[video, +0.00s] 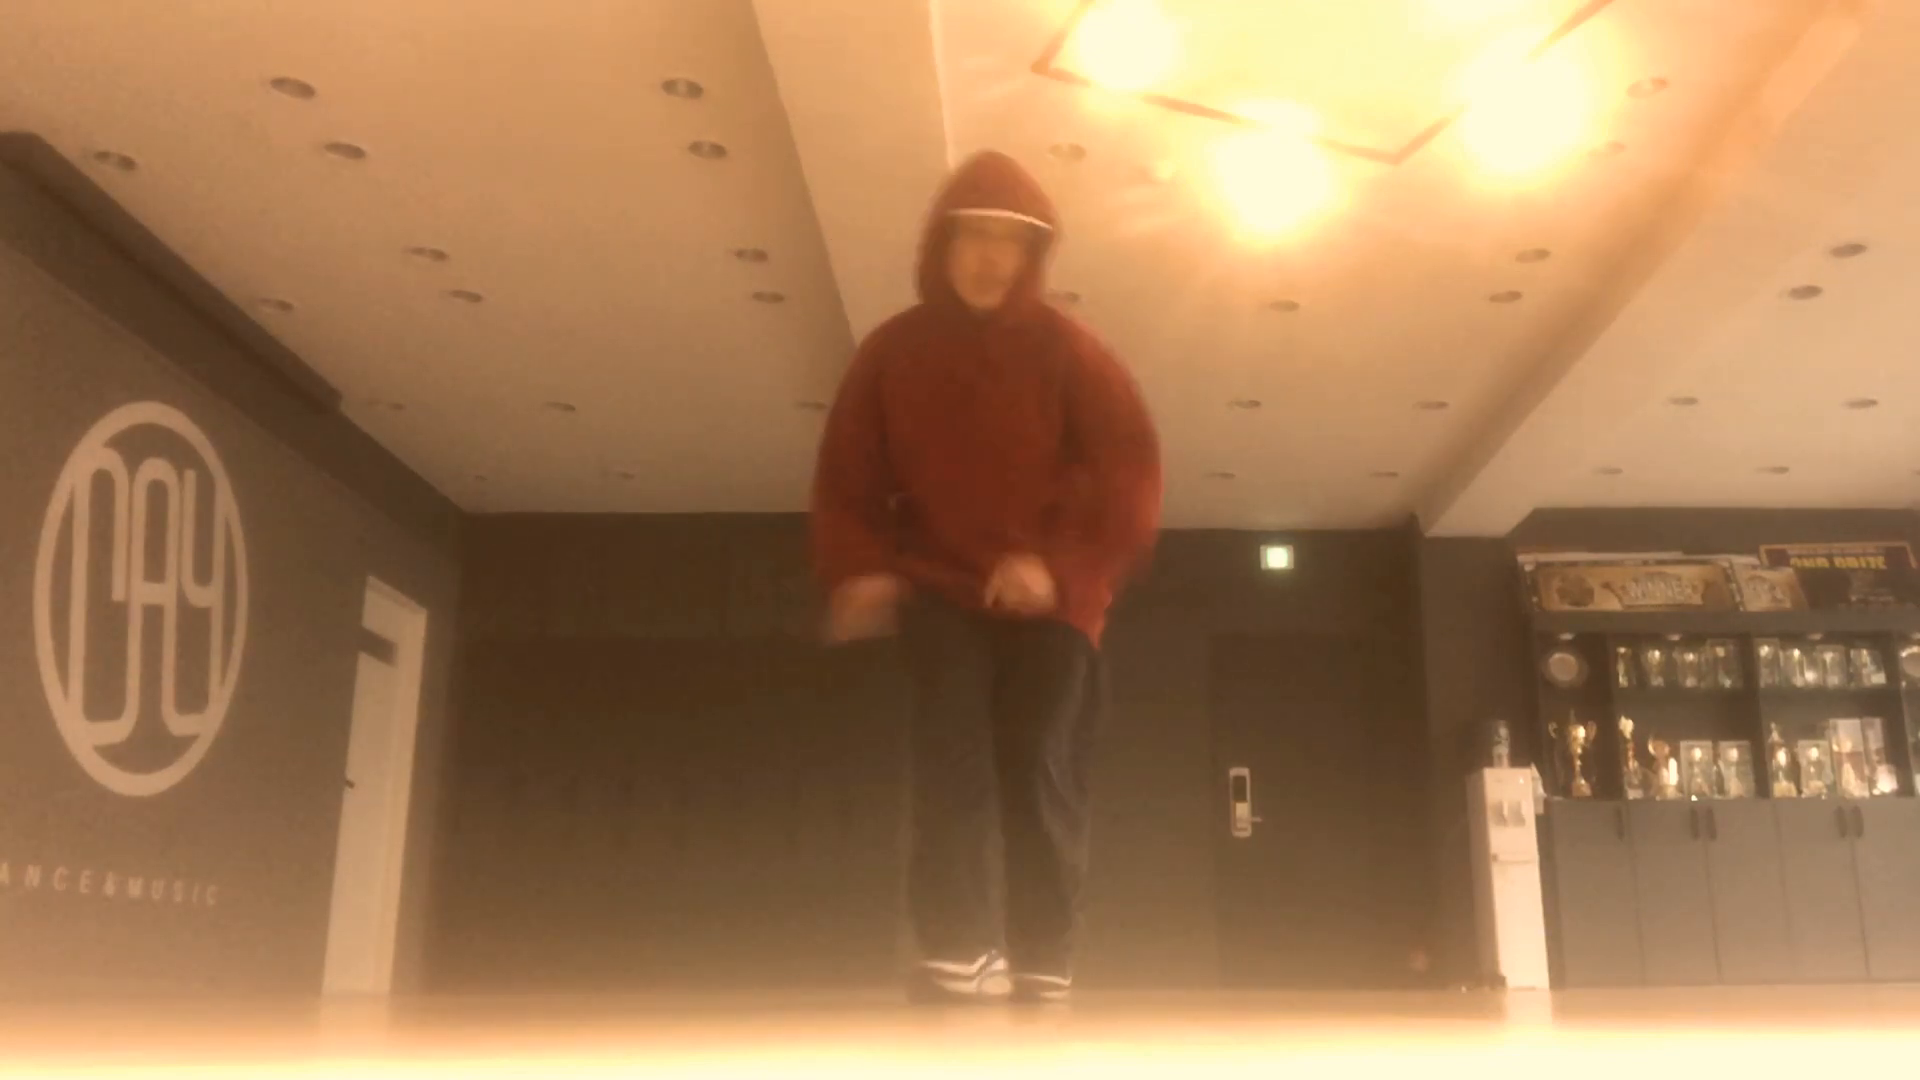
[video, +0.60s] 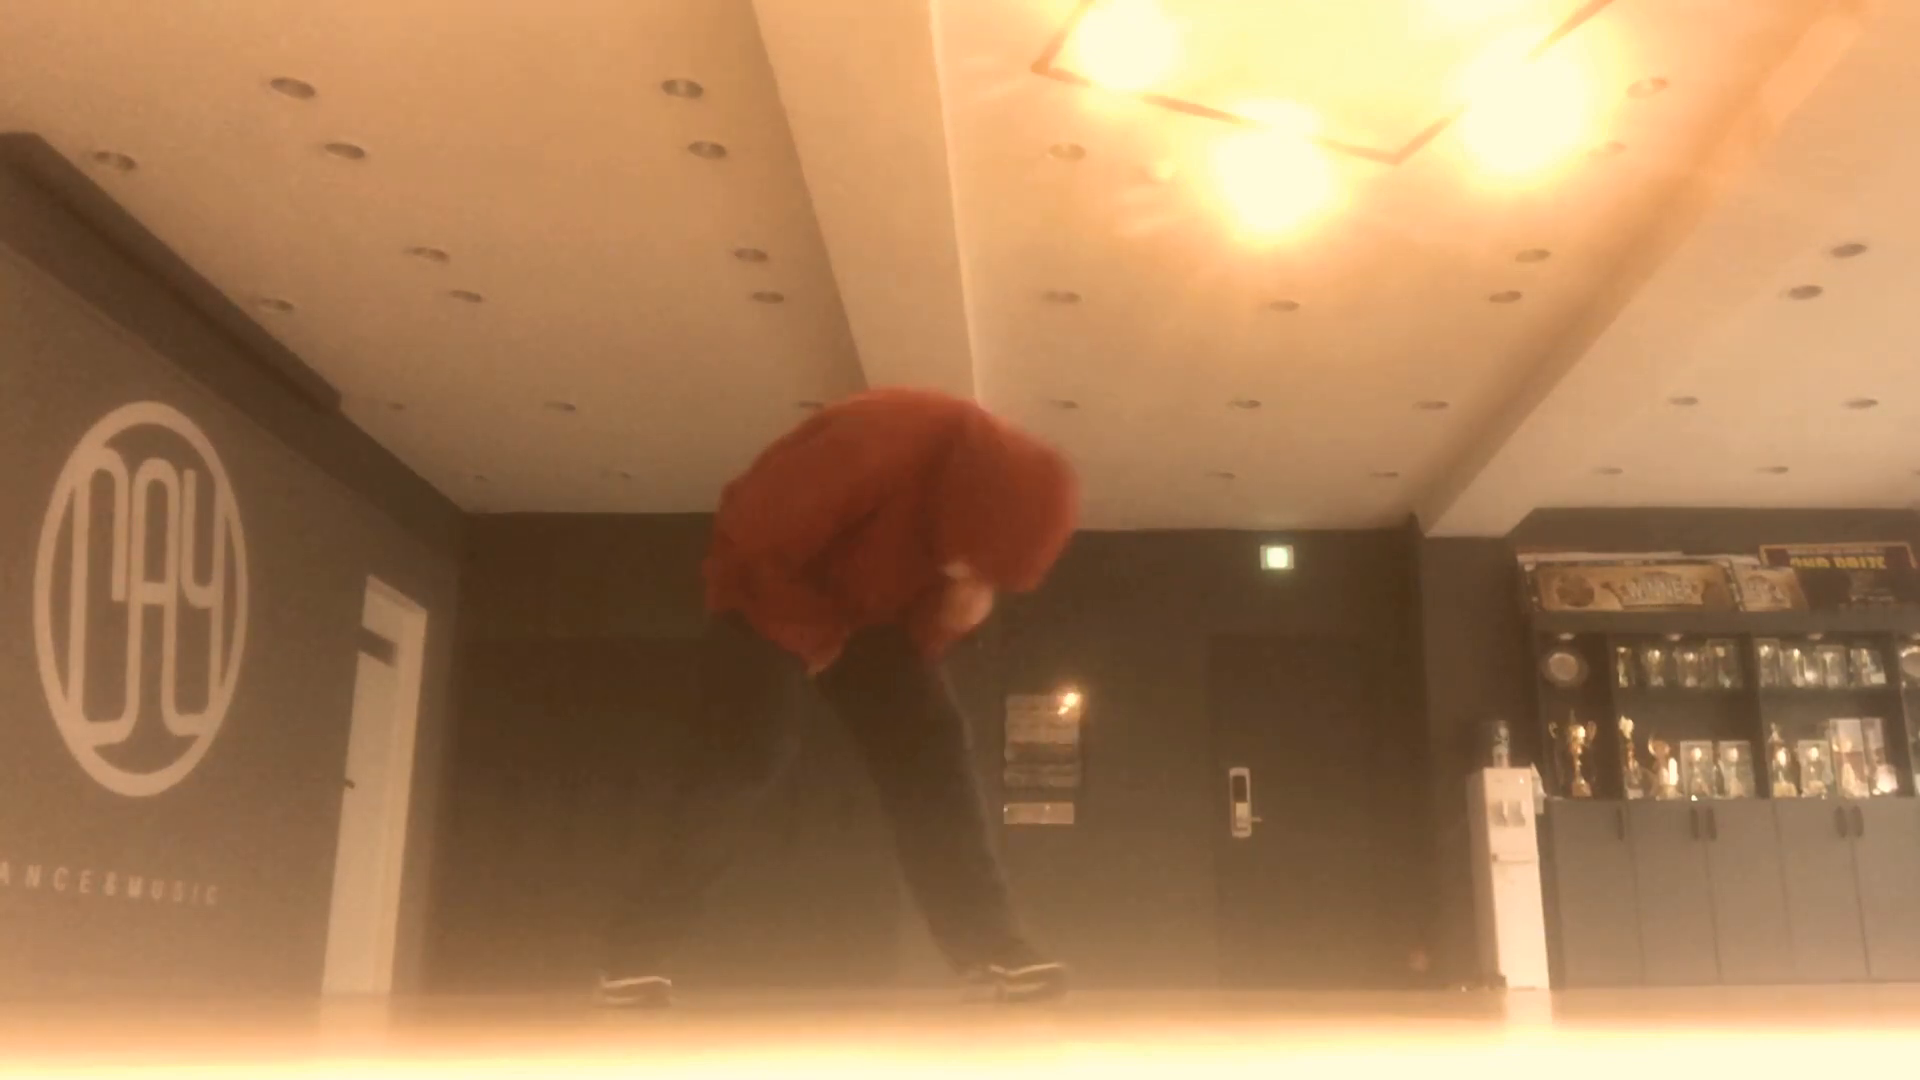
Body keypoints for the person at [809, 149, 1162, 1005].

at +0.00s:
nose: (987, 257)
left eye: (1007, 241)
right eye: (971, 238)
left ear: (1032, 253)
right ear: (943, 246)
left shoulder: (1069, 352)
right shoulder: (893, 352)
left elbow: (1127, 475)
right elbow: (845, 475)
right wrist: (857, 567)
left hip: (1050, 597)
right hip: (935, 592)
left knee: (1041, 772)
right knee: (949, 769)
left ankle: (1044, 956)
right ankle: (956, 949)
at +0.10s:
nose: (1041, 282)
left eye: (1061, 267)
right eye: (1027, 259)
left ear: (1081, 282)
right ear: (993, 258)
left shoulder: (1087, 382)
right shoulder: (921, 343)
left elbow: (1113, 527)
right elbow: (870, 483)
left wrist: (1067, 579)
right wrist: (931, 583)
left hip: (1033, 584)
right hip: (923, 576)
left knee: (1048, 762)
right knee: (935, 744)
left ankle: (1042, 955)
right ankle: (939, 941)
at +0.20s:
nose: (1075, 323)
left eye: (1098, 312)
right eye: (1070, 297)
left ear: (1112, 317)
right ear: (1035, 276)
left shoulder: (1084, 389)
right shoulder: (948, 327)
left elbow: (1089, 538)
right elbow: (884, 458)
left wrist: (1097, 493)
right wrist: (939, 584)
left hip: (1004, 564)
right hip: (894, 547)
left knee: (1048, 729)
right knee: (866, 705)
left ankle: (1027, 940)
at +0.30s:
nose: (1094, 371)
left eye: (1113, 363)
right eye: (1094, 348)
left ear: (1123, 366)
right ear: (1059, 317)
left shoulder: (1084, 406)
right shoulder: (959, 335)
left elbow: (1084, 534)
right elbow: (910, 460)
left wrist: (1130, 431)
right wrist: (918, 588)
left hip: (966, 587)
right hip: (851, 565)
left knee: (1026, 748)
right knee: (804, 736)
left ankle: (1000, 943)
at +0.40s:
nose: (1088, 423)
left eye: (1106, 417)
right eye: (1095, 402)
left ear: (1107, 415)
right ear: (1071, 362)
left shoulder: (1055, 446)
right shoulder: (958, 356)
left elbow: (1024, 574)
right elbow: (882, 471)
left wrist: (1103, 486)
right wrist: (880, 608)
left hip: (925, 597)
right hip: (809, 573)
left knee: (993, 736)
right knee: (757, 740)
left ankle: (1001, 941)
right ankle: (640, 932)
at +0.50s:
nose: (1051, 502)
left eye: (1070, 499)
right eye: (1056, 486)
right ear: (1036, 441)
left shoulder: (1033, 464)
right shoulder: (929, 397)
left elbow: (967, 607)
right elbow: (801, 491)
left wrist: (1031, 550)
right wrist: (827, 621)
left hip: (889, 598)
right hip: (779, 572)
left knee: (950, 757)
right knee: (749, 748)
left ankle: (995, 948)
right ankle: (640, 946)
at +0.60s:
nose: (976, 572)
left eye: (992, 570)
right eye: (979, 559)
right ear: (969, 507)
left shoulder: (1001, 494)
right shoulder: (879, 440)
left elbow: (920, 643)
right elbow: (752, 532)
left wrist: (954, 618)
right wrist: (810, 631)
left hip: (868, 601)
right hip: (768, 578)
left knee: (932, 744)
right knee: (748, 753)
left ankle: (987, 948)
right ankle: (636, 949)